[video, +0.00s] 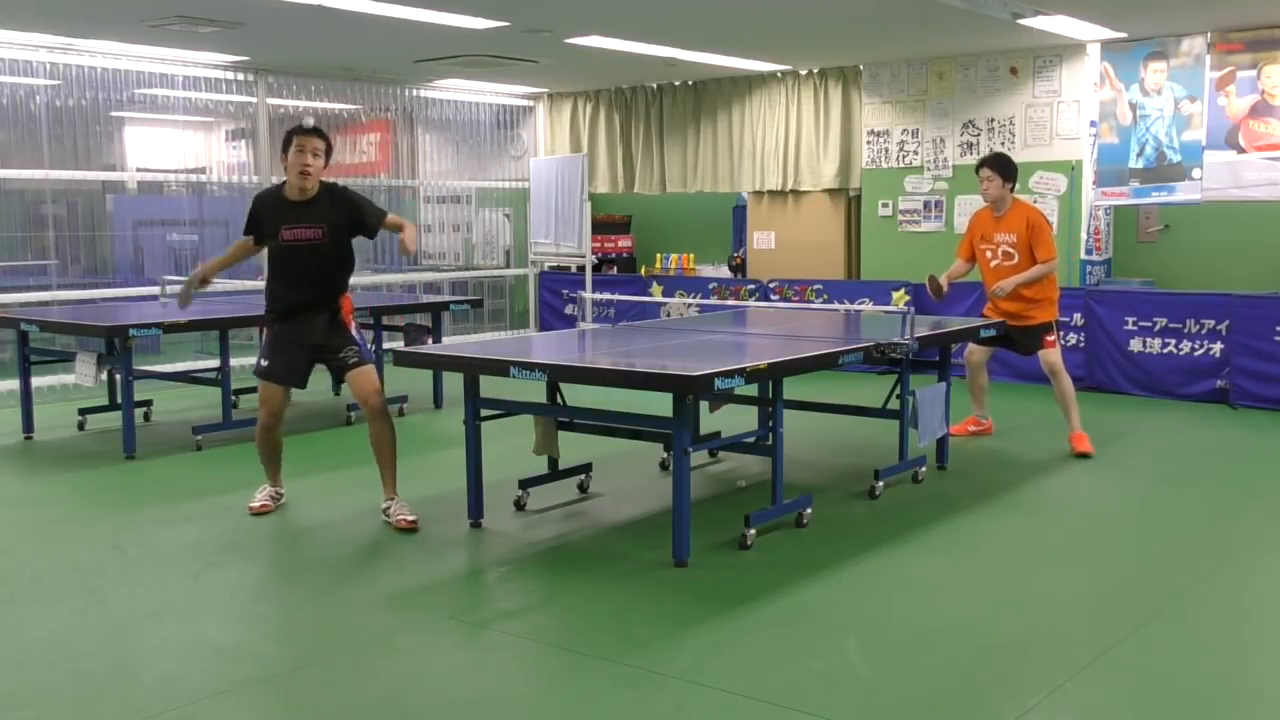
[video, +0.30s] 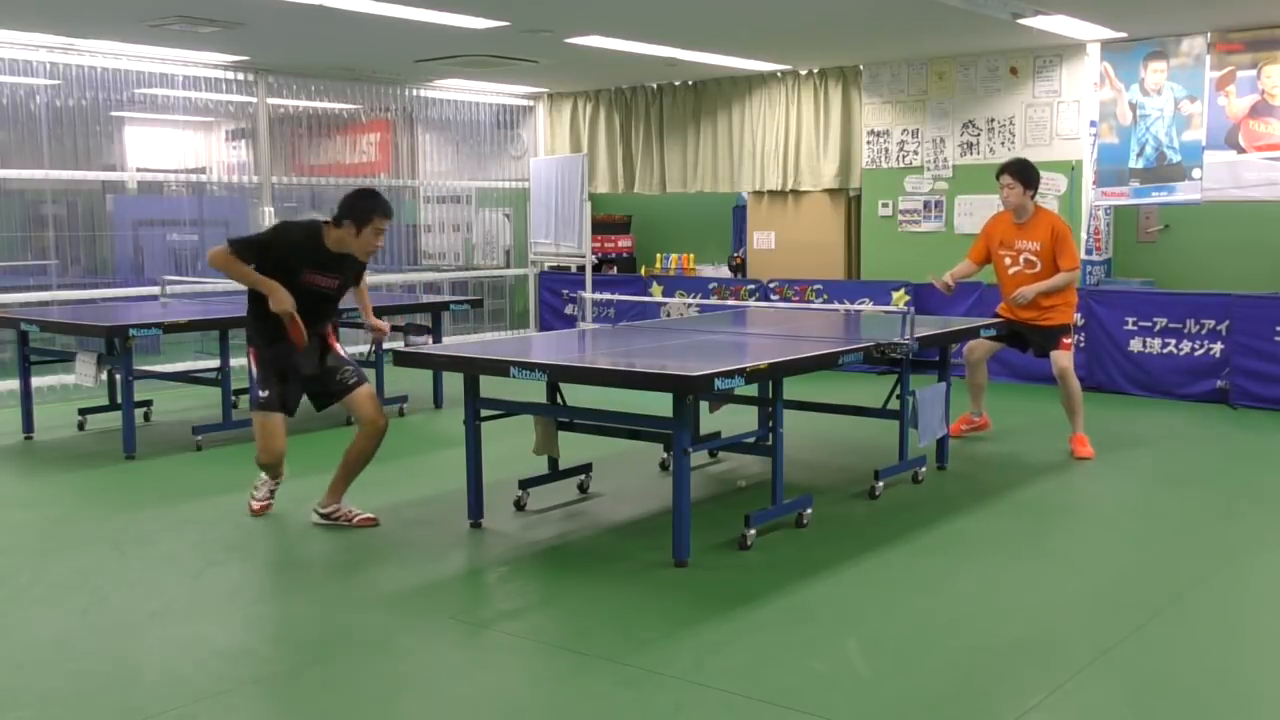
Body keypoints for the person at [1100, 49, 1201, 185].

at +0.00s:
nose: (1158, 77)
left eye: (1162, 72)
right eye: (1154, 71)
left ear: (1167, 73)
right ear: (1143, 72)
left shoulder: (1173, 89)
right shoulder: (1134, 91)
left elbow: (1198, 106)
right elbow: (1125, 121)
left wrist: (1191, 107)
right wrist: (1121, 95)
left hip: (1171, 162)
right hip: (1141, 164)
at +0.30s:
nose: (1158, 77)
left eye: (1162, 72)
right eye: (1154, 71)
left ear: (1167, 73)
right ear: (1143, 72)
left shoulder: (1173, 89)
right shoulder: (1135, 91)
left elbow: (1198, 105)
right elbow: (1125, 121)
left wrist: (1191, 107)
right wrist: (1121, 95)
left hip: (1171, 162)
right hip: (1141, 164)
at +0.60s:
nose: (1158, 76)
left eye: (1162, 71)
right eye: (1154, 71)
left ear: (1167, 72)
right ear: (1143, 72)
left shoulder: (1173, 89)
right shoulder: (1135, 90)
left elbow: (1198, 105)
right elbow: (1125, 120)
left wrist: (1191, 106)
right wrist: (1121, 95)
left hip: (1171, 161)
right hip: (1141, 163)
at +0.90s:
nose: (1158, 76)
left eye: (1162, 71)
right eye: (1154, 71)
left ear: (1167, 72)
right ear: (1143, 71)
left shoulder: (1173, 89)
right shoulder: (1134, 90)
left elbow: (1198, 105)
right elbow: (1125, 120)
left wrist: (1191, 107)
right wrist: (1121, 95)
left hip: (1171, 161)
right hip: (1141, 163)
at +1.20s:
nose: (1158, 76)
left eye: (1162, 71)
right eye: (1154, 71)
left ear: (1167, 72)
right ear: (1143, 71)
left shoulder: (1173, 89)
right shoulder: (1135, 90)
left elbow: (1199, 105)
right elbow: (1125, 120)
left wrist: (1191, 106)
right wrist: (1121, 95)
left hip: (1171, 161)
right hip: (1141, 163)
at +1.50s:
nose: (1158, 77)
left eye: (1162, 71)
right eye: (1154, 71)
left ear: (1167, 73)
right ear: (1143, 72)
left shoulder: (1173, 89)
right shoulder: (1135, 90)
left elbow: (1198, 105)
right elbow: (1125, 120)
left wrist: (1191, 106)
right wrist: (1121, 94)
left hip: (1171, 161)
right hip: (1141, 163)